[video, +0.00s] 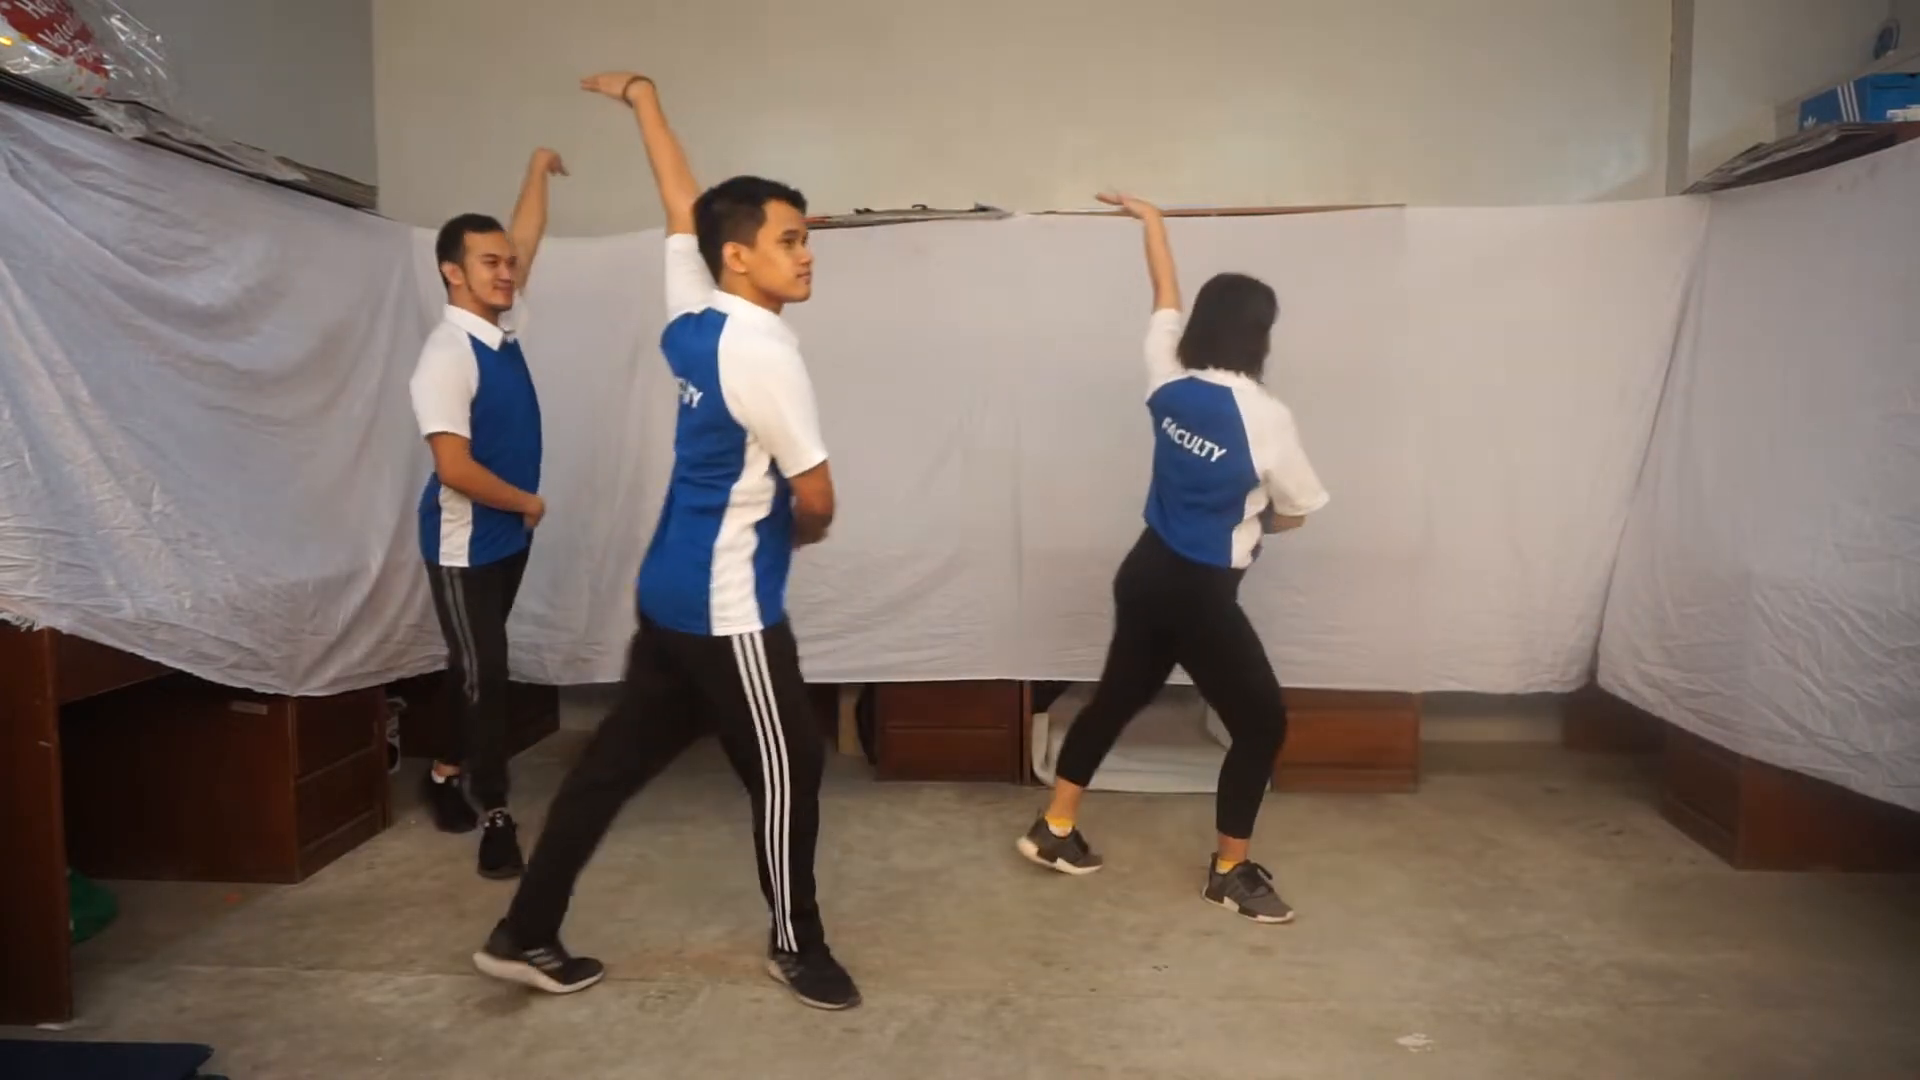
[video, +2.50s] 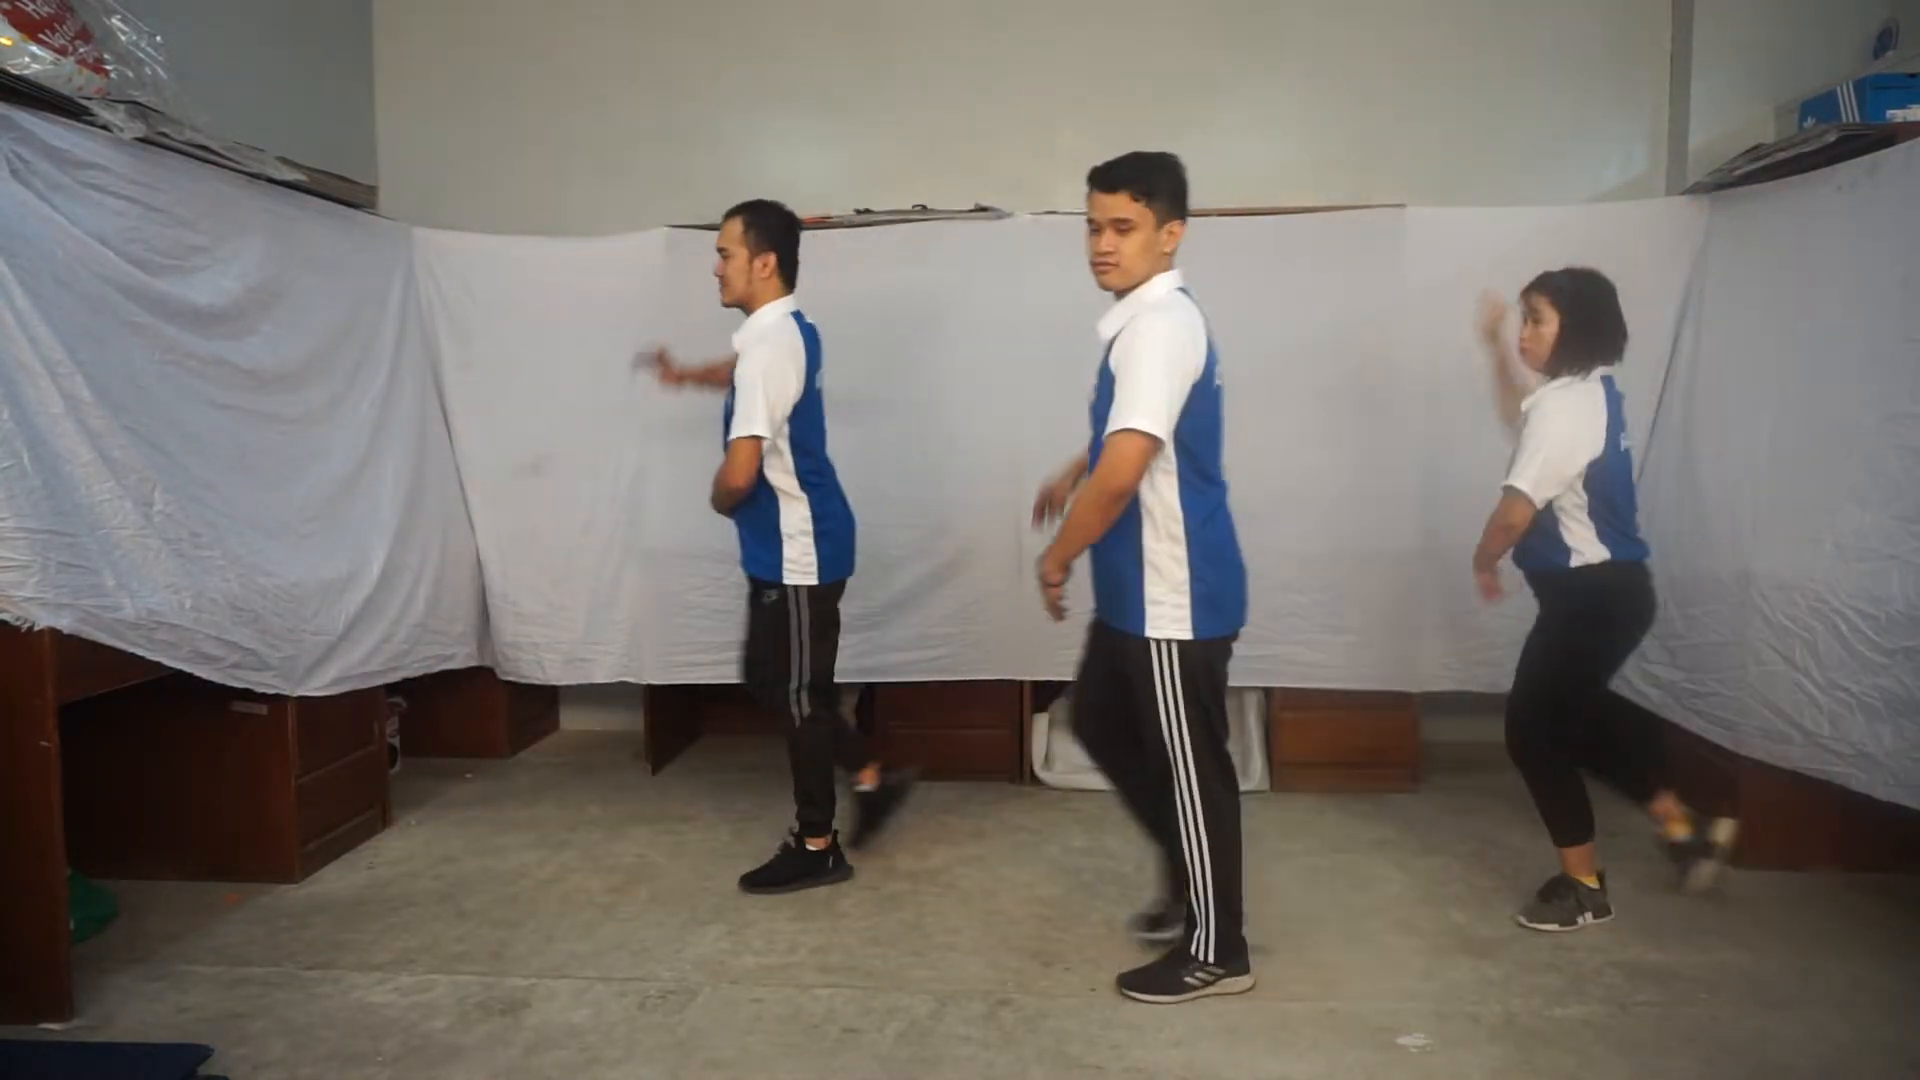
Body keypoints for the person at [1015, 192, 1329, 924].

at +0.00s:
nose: (1272, 335)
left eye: (1264, 324)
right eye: (1269, 326)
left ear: (1202, 326)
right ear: (1259, 335)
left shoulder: (1168, 378)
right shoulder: (1263, 415)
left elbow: (1164, 293)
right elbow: (1300, 506)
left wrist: (1148, 216)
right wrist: (1253, 519)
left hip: (1144, 576)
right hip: (1201, 595)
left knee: (1116, 698)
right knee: (1262, 724)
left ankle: (1055, 825)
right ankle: (1231, 867)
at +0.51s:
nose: (1275, 353)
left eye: (1273, 341)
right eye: (1269, 341)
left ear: (1213, 345)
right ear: (1237, 346)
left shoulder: (1185, 398)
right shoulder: (1257, 423)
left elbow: (1202, 328)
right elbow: (1300, 524)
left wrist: (1209, 252)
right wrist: (1275, 531)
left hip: (1159, 582)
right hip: (1215, 604)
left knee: (1122, 704)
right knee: (1308, 723)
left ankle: (1060, 827)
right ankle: (1286, 870)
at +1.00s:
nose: (1390, 316)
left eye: (1398, 303)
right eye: (1372, 306)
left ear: (1411, 316)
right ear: (1342, 324)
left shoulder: (1421, 400)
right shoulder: (1328, 398)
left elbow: (1466, 482)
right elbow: (1322, 501)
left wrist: (1541, 536)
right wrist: (1417, 526)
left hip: (1418, 582)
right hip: (1353, 589)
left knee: (1437, 715)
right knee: (1388, 726)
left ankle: (1400, 857)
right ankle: (1344, 865)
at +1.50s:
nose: (1477, 358)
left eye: (1486, 342)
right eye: (1471, 346)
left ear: (1528, 333)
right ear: (1475, 348)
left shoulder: (1583, 407)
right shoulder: (1485, 413)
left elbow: (1602, 510)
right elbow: (1446, 477)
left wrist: (1513, 564)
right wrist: (1404, 423)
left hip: (1596, 593)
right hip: (1515, 597)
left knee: (1590, 728)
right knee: (1470, 722)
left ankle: (1602, 873)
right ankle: (1443, 864)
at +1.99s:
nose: (1534, 360)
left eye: (1534, 347)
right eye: (1531, 346)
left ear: (1555, 346)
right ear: (1602, 326)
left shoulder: (1570, 423)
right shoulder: (1664, 364)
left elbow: (1550, 522)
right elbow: (1682, 275)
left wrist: (1610, 528)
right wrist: (1704, 195)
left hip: (1656, 594)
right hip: (1722, 573)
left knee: (1595, 715)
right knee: (1755, 716)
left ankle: (1601, 874)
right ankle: (1792, 860)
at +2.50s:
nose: (1522, 333)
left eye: (1534, 320)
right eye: (1524, 320)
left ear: (1573, 329)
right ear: (1583, 333)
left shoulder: (1564, 405)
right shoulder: (1594, 388)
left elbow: (1514, 514)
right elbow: (1523, 418)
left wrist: (1484, 560)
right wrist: (1500, 352)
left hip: (1588, 595)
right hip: (1615, 588)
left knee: (1532, 729)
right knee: (1573, 709)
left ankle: (1583, 884)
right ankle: (1684, 825)